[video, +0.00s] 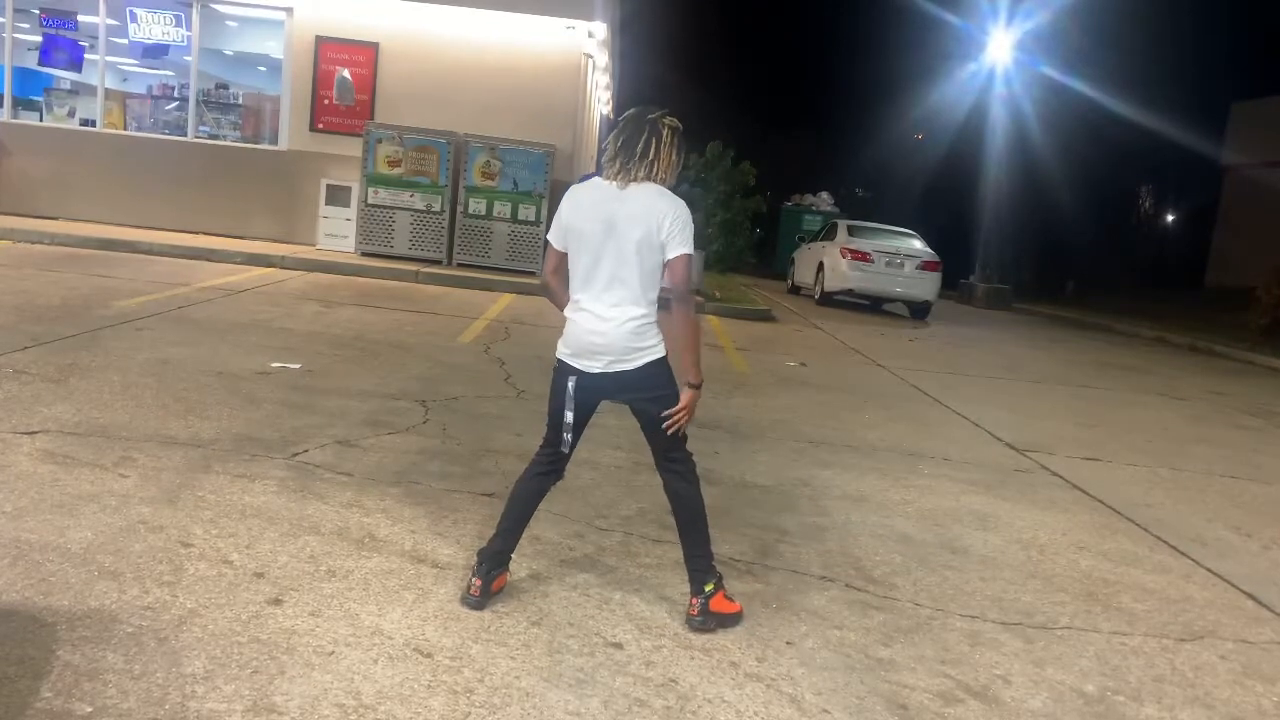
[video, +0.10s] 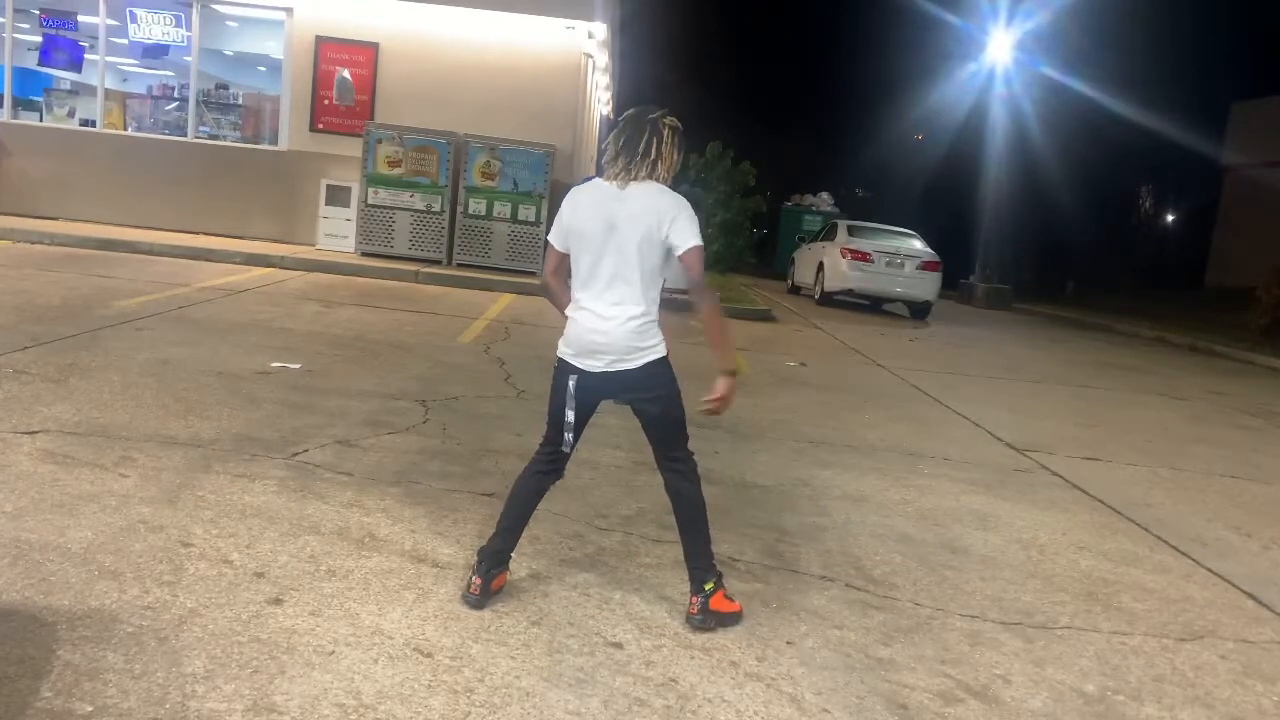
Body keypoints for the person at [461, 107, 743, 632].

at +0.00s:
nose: (675, 161)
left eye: (675, 153)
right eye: (673, 152)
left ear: (615, 145)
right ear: (662, 152)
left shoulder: (576, 196)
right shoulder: (670, 208)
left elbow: (552, 275)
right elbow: (678, 298)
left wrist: (584, 316)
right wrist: (692, 380)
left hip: (578, 359)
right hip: (645, 362)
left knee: (548, 461)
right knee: (677, 468)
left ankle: (486, 571)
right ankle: (705, 591)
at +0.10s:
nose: (675, 160)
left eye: (675, 152)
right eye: (673, 151)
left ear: (615, 146)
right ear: (663, 152)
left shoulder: (578, 197)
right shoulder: (672, 205)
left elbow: (551, 276)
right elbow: (698, 289)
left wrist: (584, 318)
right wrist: (726, 366)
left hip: (579, 359)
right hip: (643, 361)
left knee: (548, 459)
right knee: (677, 465)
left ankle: (486, 571)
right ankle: (705, 590)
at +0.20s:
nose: (673, 164)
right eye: (671, 155)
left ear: (613, 150)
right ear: (662, 157)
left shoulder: (582, 204)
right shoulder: (673, 204)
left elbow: (553, 283)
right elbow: (728, 261)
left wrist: (588, 323)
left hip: (584, 362)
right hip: (648, 363)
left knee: (550, 460)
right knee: (683, 465)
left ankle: (486, 570)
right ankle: (707, 593)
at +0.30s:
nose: (670, 169)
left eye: (668, 162)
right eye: (667, 161)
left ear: (607, 157)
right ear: (657, 162)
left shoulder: (575, 211)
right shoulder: (670, 209)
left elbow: (547, 288)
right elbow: (736, 250)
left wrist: (581, 329)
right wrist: (824, 276)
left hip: (581, 366)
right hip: (648, 364)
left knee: (551, 461)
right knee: (689, 467)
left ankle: (498, 565)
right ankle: (712, 596)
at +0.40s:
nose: (663, 169)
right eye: (661, 160)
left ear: (606, 150)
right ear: (653, 161)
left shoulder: (562, 198)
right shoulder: (657, 213)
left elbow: (540, 281)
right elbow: (715, 267)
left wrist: (567, 319)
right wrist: (787, 306)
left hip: (571, 362)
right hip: (637, 361)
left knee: (543, 460)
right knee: (669, 462)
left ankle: (514, 575)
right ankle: (706, 585)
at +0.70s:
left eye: (606, 157)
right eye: (671, 173)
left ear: (610, 164)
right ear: (661, 175)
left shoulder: (584, 207)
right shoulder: (667, 234)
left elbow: (491, 237)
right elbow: (692, 311)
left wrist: (522, 289)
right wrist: (713, 392)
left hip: (537, 358)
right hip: (571, 365)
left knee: (505, 455)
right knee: (463, 324)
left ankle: (526, 568)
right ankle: (349, 311)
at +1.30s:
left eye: (659, 143)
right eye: (719, 153)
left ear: (665, 147)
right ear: (715, 160)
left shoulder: (653, 182)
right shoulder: (717, 208)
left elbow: (633, 220)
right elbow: (720, 242)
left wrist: (580, 247)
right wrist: (730, 182)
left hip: (629, 362)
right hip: (696, 367)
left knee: (582, 434)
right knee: (727, 450)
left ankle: (576, 545)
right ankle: (740, 566)